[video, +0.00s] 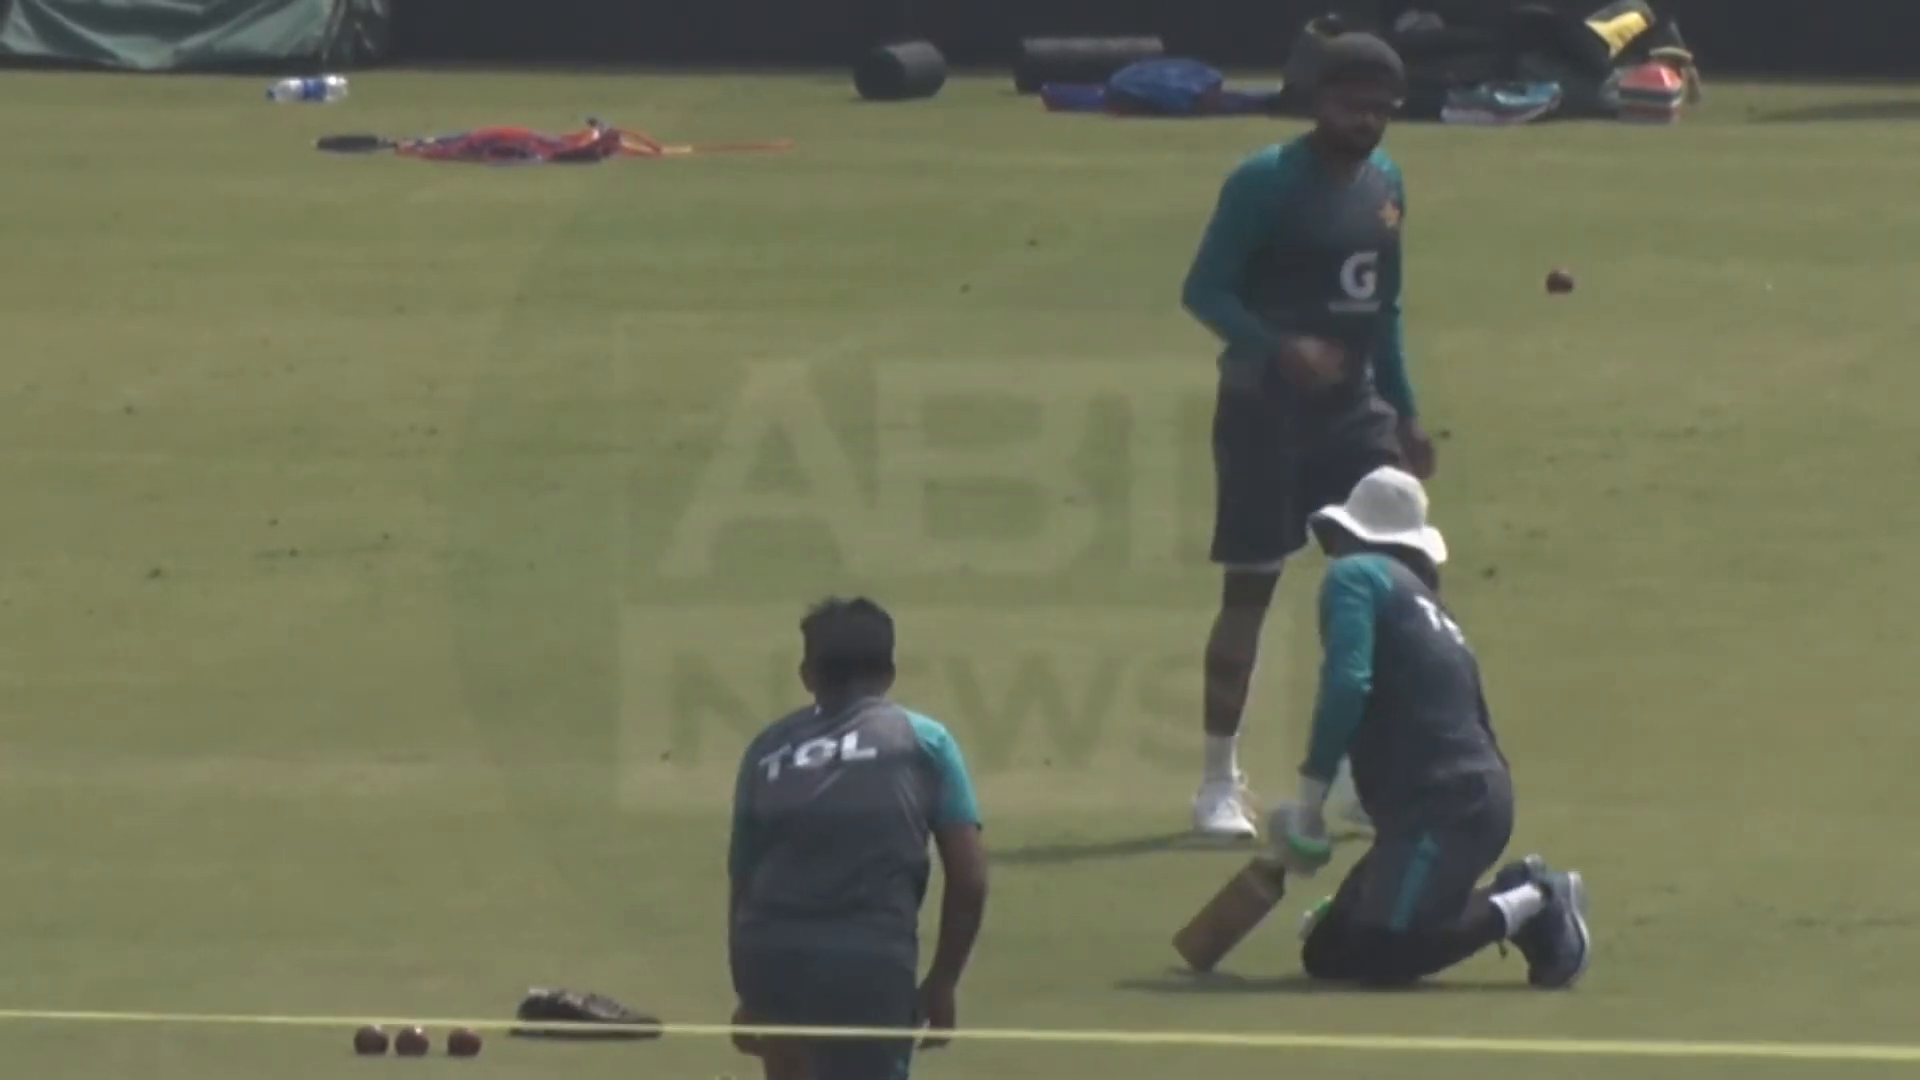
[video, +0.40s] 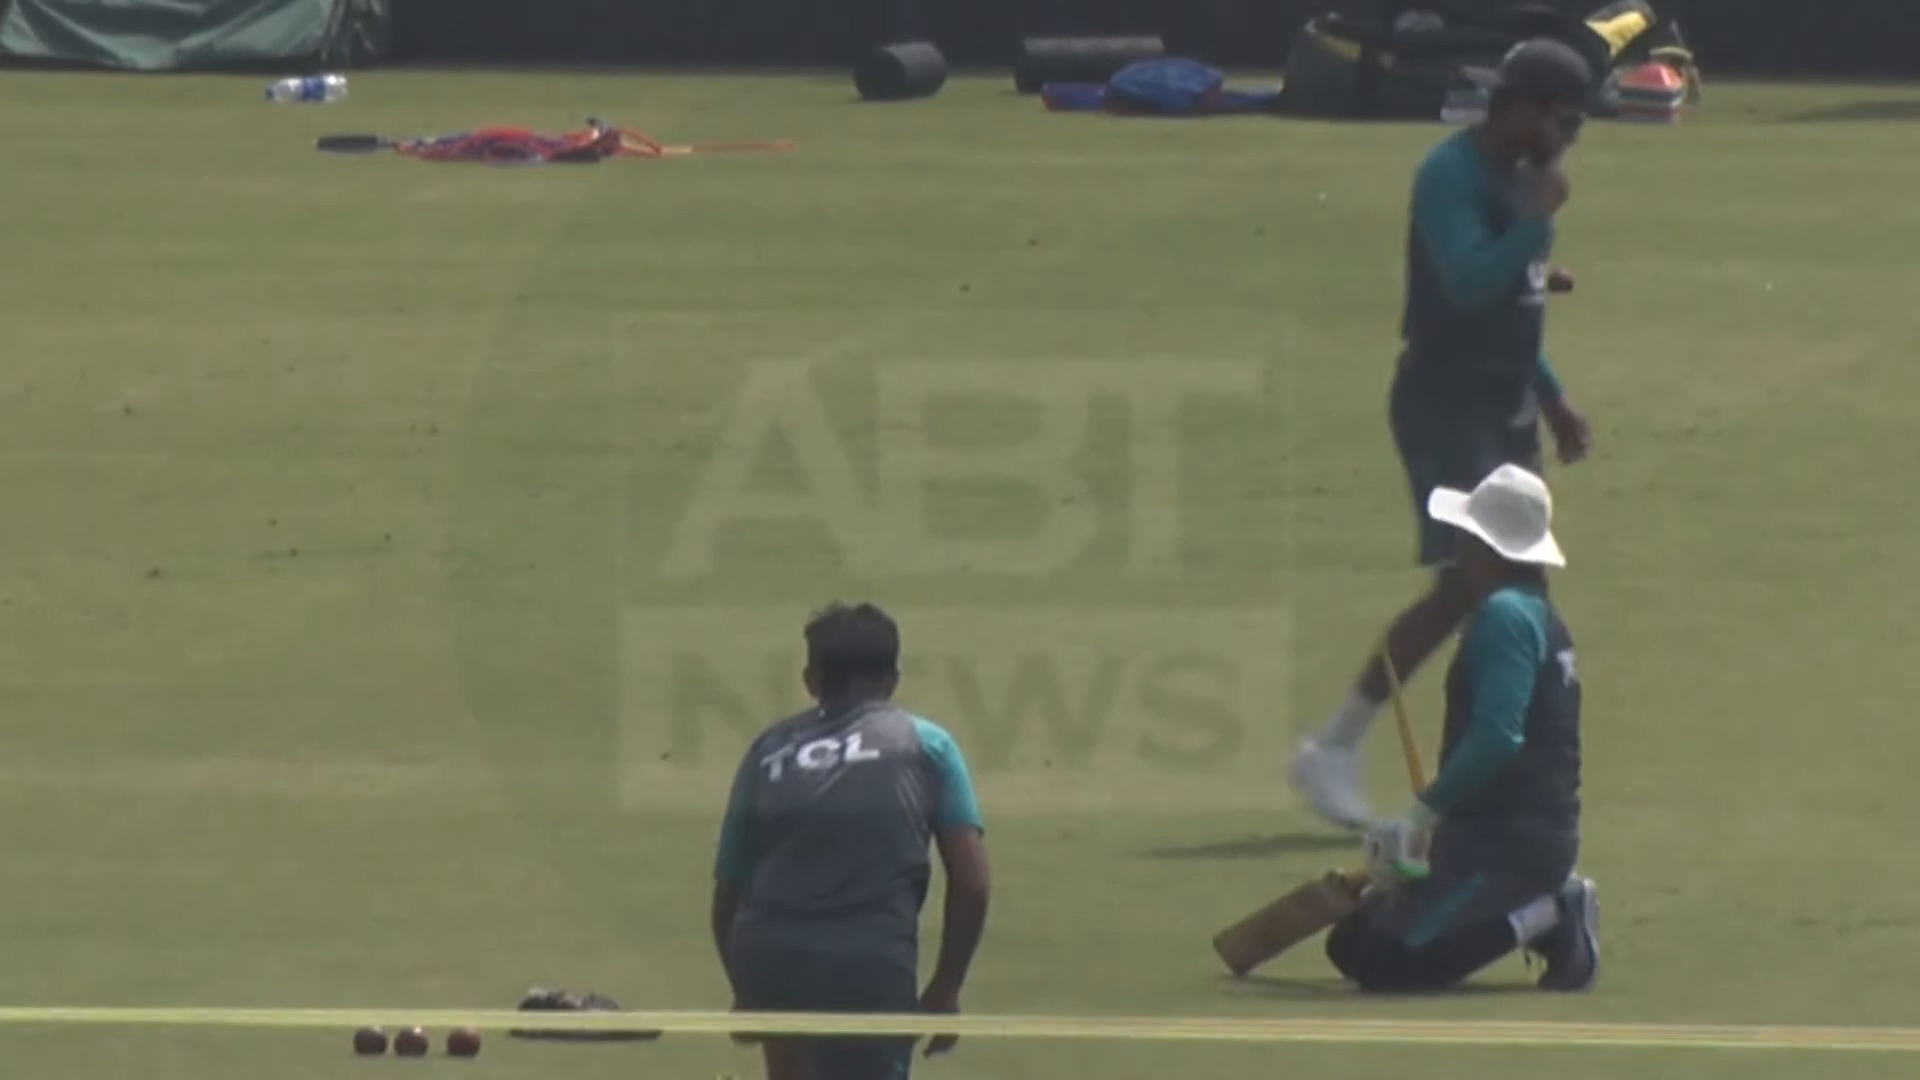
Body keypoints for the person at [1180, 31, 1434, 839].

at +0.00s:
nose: (1361, 121)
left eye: (1376, 107)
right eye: (1346, 104)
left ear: (1393, 109)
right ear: (1315, 100)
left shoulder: (1383, 184)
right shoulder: (1260, 183)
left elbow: (1383, 312)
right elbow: (1202, 291)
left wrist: (1406, 415)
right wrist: (1279, 348)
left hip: (1354, 414)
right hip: (1264, 415)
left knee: (1387, 590)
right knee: (1248, 596)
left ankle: (1370, 787)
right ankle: (1219, 785)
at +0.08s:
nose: (1408, 124)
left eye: (1420, 111)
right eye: (1396, 107)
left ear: (1429, 113)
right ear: (1356, 99)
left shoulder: (1411, 190)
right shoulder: (1291, 184)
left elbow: (1406, 314)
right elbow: (1234, 291)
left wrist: (1439, 416)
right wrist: (1336, 312)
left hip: (1380, 423)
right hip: (1290, 424)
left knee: (1424, 595)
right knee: (1258, 596)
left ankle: (1422, 791)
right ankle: (1220, 784)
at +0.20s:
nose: (1481, 139)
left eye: (1485, 125)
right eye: (1471, 124)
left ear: (1468, 119)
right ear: (1425, 114)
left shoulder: (1452, 191)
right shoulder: (1351, 189)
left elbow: (1446, 319)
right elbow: (1310, 298)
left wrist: (1483, 422)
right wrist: (1415, 274)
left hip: (1430, 423)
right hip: (1347, 421)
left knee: (1459, 603)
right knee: (1301, 600)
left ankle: (1453, 800)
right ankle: (1227, 783)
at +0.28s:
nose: (1521, 142)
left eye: (1525, 128)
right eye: (1513, 127)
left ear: (1493, 121)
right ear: (1468, 115)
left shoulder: (1482, 193)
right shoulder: (1391, 188)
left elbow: (1474, 322)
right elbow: (1377, 301)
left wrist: (1510, 419)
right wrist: (1464, 250)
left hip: (1464, 415)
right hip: (1388, 416)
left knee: (1490, 598)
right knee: (1360, 596)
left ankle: (1476, 794)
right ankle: (1252, 764)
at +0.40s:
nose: (1570, 140)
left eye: (1575, 126)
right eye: (1566, 123)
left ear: (1542, 113)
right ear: (1522, 108)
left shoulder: (1519, 180)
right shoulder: (1450, 176)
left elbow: (1511, 304)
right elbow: (1464, 285)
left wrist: (1552, 399)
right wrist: (1530, 222)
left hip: (1506, 403)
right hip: (1443, 401)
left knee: (1520, 584)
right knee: (1473, 574)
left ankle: (1489, 779)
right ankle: (1332, 749)